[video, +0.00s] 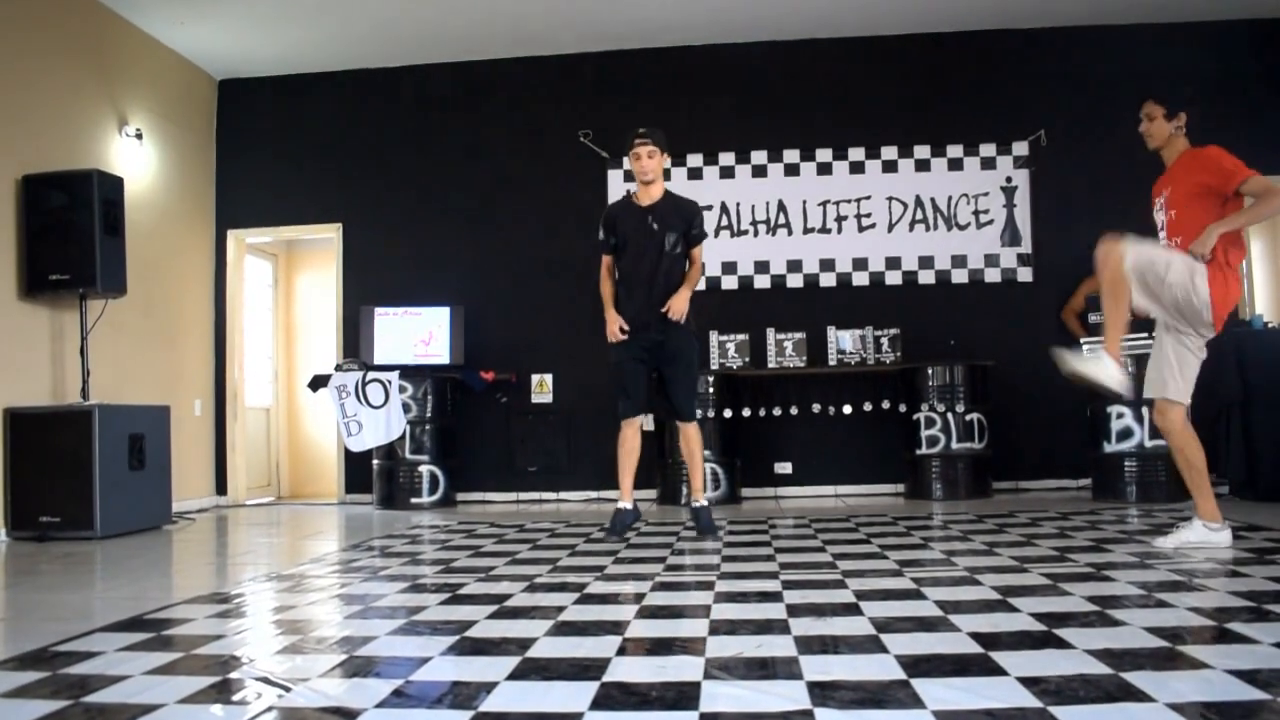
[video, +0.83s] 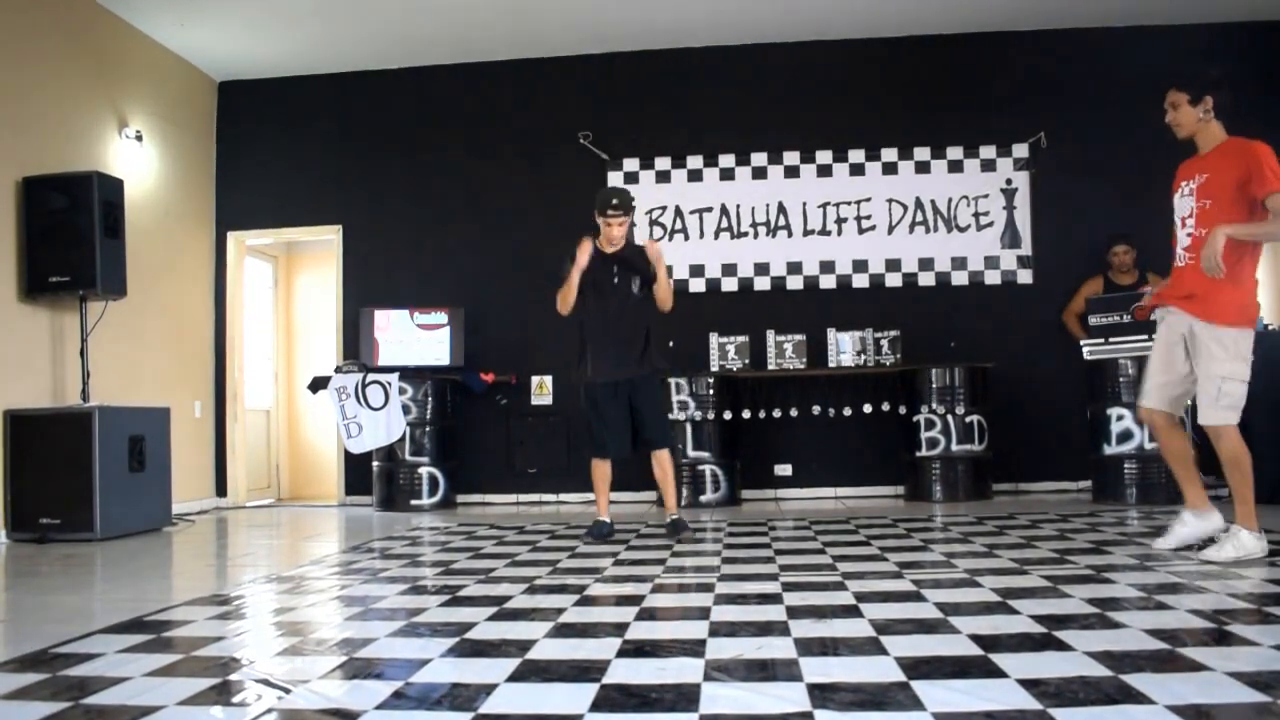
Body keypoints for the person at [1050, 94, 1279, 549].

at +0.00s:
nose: (1142, 127)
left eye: (1150, 118)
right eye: (1141, 120)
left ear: (1179, 122)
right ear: (1154, 128)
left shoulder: (1208, 159)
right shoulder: (1162, 187)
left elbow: (1271, 194)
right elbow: (1170, 257)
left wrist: (1218, 228)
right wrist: (1093, 288)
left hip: (1209, 286)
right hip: (1185, 301)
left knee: (1113, 250)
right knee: (1170, 414)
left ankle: (1112, 360)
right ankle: (1210, 524)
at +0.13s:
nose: (1141, 136)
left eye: (1148, 127)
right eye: (1140, 129)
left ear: (1178, 130)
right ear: (1157, 136)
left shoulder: (1210, 165)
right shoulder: (1160, 190)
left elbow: (1274, 197)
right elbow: (1173, 258)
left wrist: (1229, 224)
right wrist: (1150, 283)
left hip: (1202, 292)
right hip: (1169, 308)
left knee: (1165, 186)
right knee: (1156, 417)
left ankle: (1058, 245)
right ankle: (1209, 524)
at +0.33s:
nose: (1147, 144)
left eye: (1155, 135)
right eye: (1145, 137)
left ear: (1184, 136)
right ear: (1161, 142)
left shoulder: (1224, 176)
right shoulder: (1165, 197)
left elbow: (1279, 215)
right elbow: (1178, 257)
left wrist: (1240, 238)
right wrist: (1154, 286)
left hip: (1211, 302)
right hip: (1176, 314)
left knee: (1159, 198)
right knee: (1156, 422)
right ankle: (1210, 526)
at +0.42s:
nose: (1150, 136)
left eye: (1158, 127)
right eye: (1149, 129)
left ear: (1188, 127)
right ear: (1168, 134)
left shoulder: (1231, 167)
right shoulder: (1163, 194)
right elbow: (1174, 263)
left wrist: (1245, 241)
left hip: (1224, 297)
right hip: (1189, 307)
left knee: (1125, 247)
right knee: (1166, 416)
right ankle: (1210, 526)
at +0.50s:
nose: (1153, 129)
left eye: (1160, 119)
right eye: (1151, 122)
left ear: (1190, 120)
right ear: (1161, 130)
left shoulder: (1234, 159)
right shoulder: (1166, 186)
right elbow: (1178, 247)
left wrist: (1246, 239)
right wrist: (1157, 281)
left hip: (1225, 286)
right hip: (1189, 294)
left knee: (1121, 306)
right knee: (1176, 411)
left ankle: (1183, 407)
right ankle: (1211, 525)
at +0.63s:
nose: (1157, 121)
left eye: (1165, 112)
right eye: (1155, 114)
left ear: (1194, 112)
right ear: (1165, 121)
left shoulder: (1234, 154)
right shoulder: (1172, 177)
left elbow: (1279, 208)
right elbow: (1191, 240)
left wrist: (1242, 240)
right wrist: (1165, 268)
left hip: (1221, 289)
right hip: (1190, 294)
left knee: (1156, 382)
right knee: (1185, 406)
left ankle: (1228, 484)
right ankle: (1210, 522)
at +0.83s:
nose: (1168, 117)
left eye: (1175, 107)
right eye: (1167, 109)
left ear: (1206, 106)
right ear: (1187, 113)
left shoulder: (1252, 153)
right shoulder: (1185, 172)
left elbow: (1277, 225)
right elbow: (1192, 245)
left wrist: (1225, 231)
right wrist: (1168, 286)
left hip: (1228, 314)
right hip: (1180, 309)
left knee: (1219, 421)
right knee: (1155, 409)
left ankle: (1249, 532)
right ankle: (1200, 512)